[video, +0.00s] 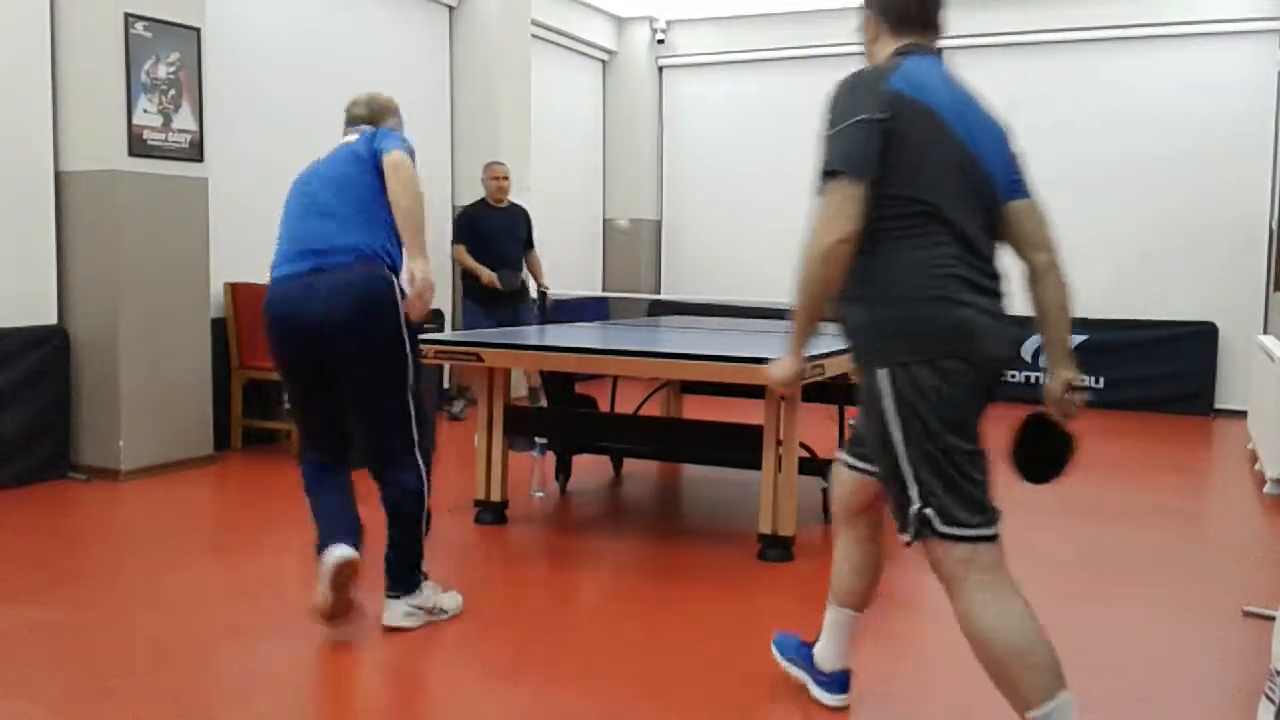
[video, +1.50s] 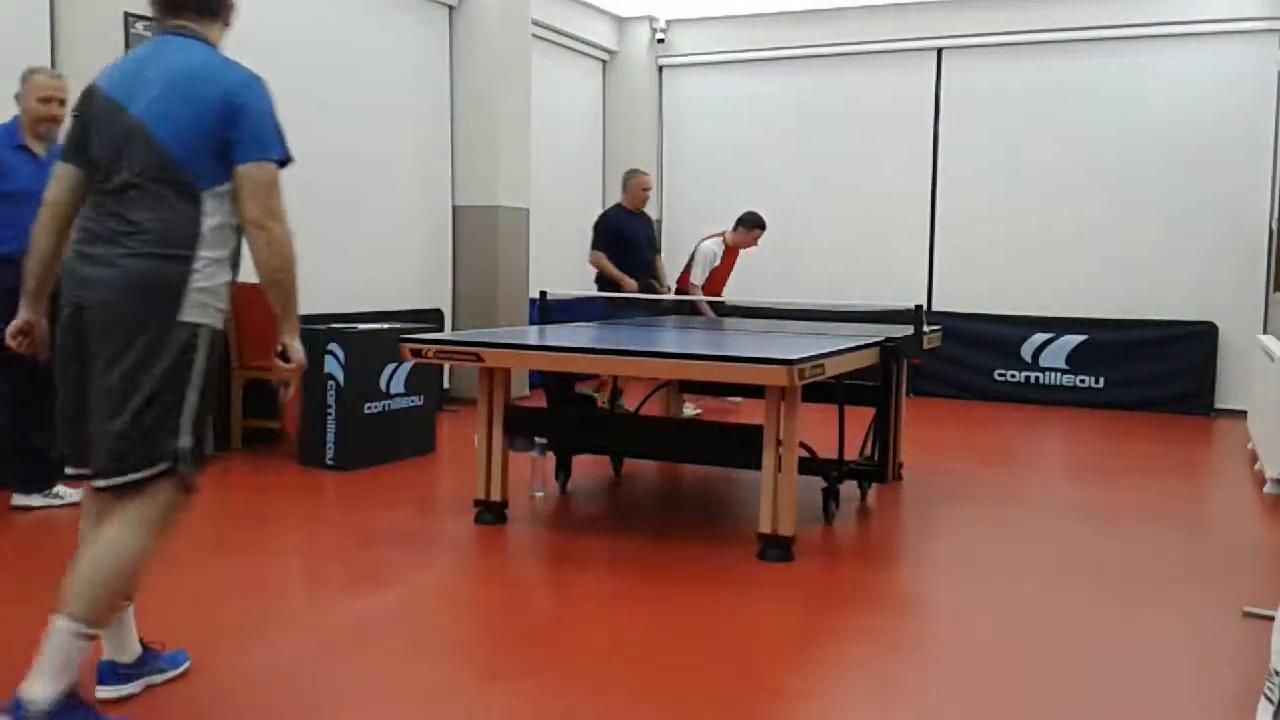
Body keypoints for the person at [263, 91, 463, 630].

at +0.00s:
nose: (403, 135)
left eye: (401, 127)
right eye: (401, 128)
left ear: (347, 129)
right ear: (391, 124)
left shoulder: (313, 171)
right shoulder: (389, 138)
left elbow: (310, 245)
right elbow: (398, 172)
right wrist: (419, 259)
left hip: (289, 297)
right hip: (359, 290)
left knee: (321, 445)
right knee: (396, 443)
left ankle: (337, 545)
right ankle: (406, 590)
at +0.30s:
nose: (315, 122)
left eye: (312, 115)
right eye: (313, 115)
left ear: (263, 119)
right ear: (304, 117)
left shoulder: (224, 169)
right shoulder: (328, 159)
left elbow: (193, 250)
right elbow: (370, 210)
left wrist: (231, 287)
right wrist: (376, 288)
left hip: (255, 309)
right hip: (326, 302)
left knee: (263, 427)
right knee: (360, 421)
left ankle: (278, 540)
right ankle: (393, 531)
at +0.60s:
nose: (269, 122)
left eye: (269, 114)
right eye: (267, 114)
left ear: (222, 109)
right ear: (255, 112)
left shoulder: (181, 149)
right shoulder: (259, 152)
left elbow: (162, 220)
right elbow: (281, 212)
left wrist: (219, 231)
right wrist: (309, 273)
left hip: (179, 285)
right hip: (236, 286)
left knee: (209, 388)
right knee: (251, 385)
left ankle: (233, 476)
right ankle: (251, 492)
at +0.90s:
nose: (191, 143)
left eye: (192, 134)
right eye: (188, 134)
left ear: (156, 132)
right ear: (167, 133)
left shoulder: (124, 169)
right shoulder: (152, 177)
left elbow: (123, 245)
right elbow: (161, 247)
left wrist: (164, 286)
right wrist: (219, 268)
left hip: (102, 292)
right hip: (126, 294)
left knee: (105, 395)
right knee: (188, 389)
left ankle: (52, 482)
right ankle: (233, 494)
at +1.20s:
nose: (120, 116)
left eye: (125, 108)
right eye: (112, 106)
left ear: (124, 111)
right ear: (86, 104)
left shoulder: (103, 155)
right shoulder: (54, 146)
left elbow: (88, 222)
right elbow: (11, 202)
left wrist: (103, 278)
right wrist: (39, 264)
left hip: (83, 270)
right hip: (49, 267)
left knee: (82, 372)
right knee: (72, 369)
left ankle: (60, 474)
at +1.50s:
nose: (54, 110)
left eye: (61, 102)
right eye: (44, 101)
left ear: (68, 107)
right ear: (20, 103)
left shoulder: (67, 155)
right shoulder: (6, 149)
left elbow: (77, 220)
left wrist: (76, 273)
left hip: (54, 276)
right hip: (12, 276)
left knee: (45, 373)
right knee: (18, 374)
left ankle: (45, 470)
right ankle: (25, 478)